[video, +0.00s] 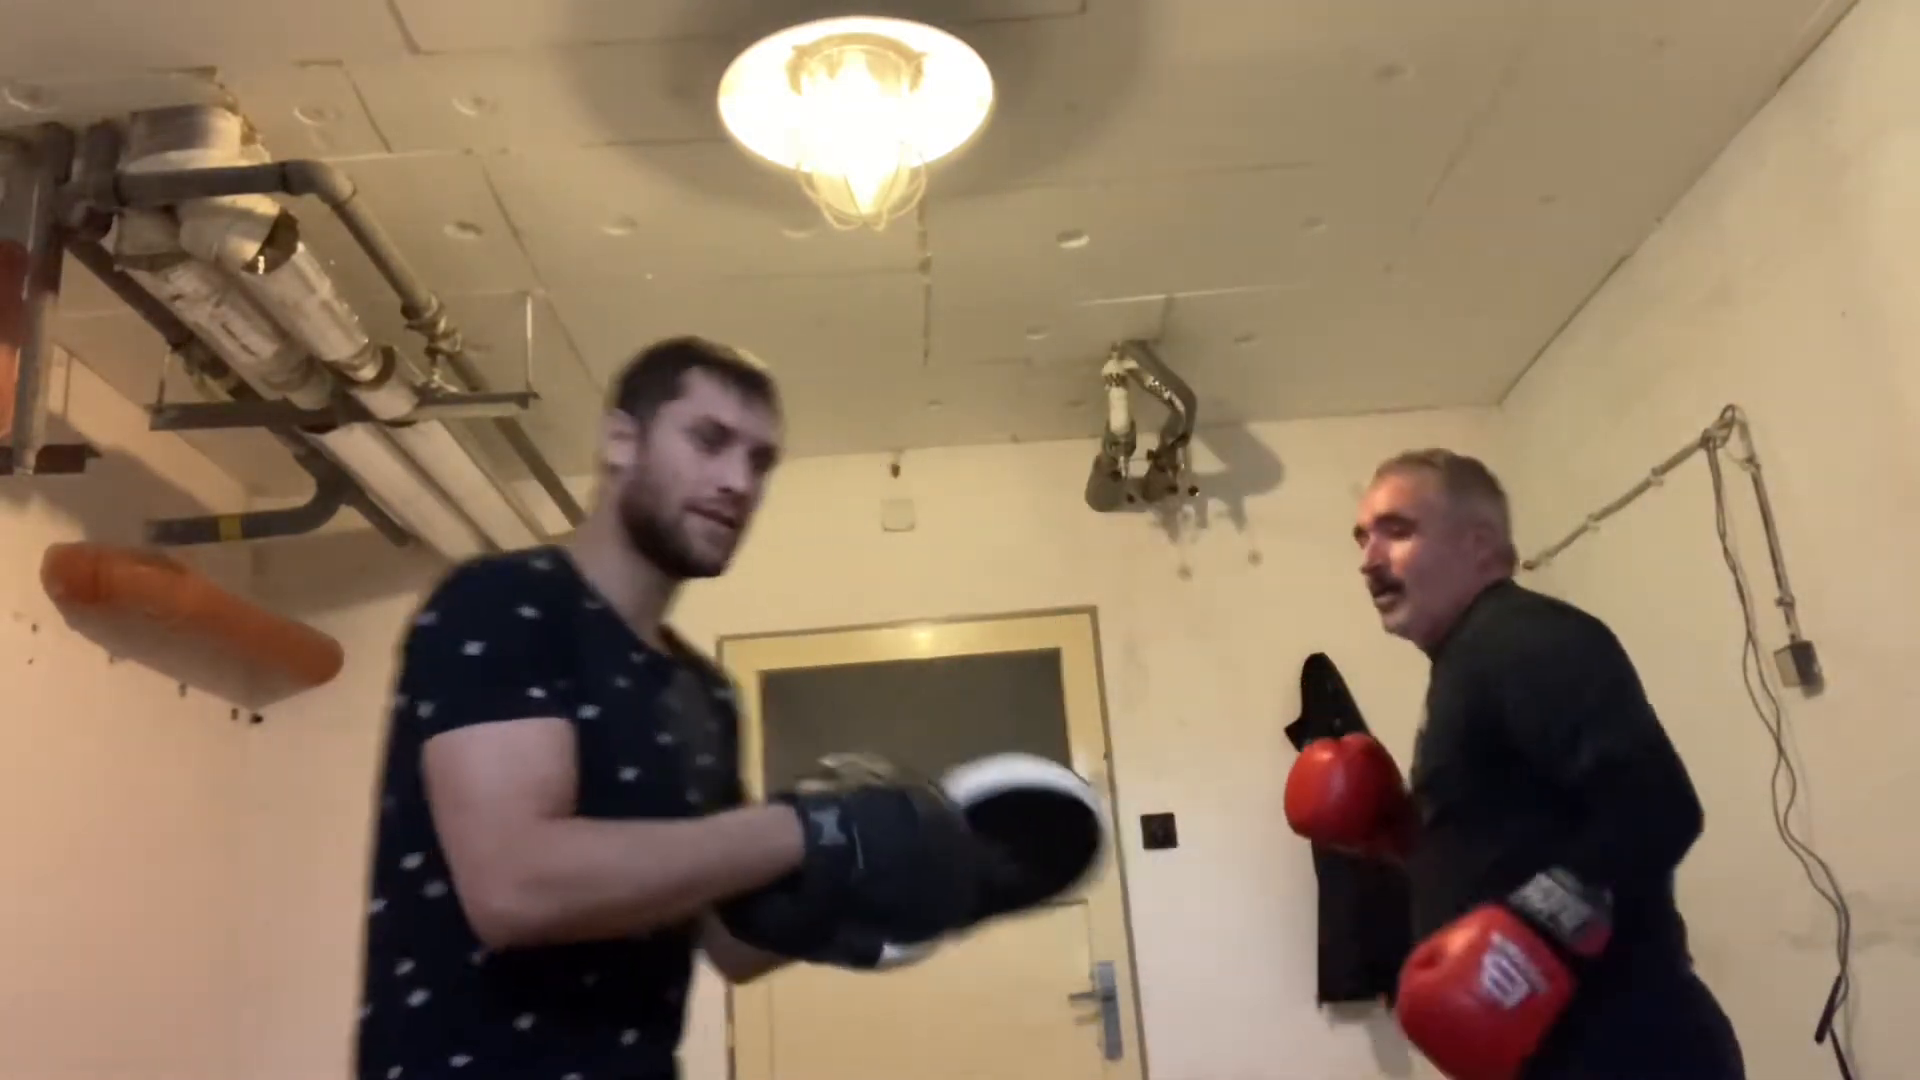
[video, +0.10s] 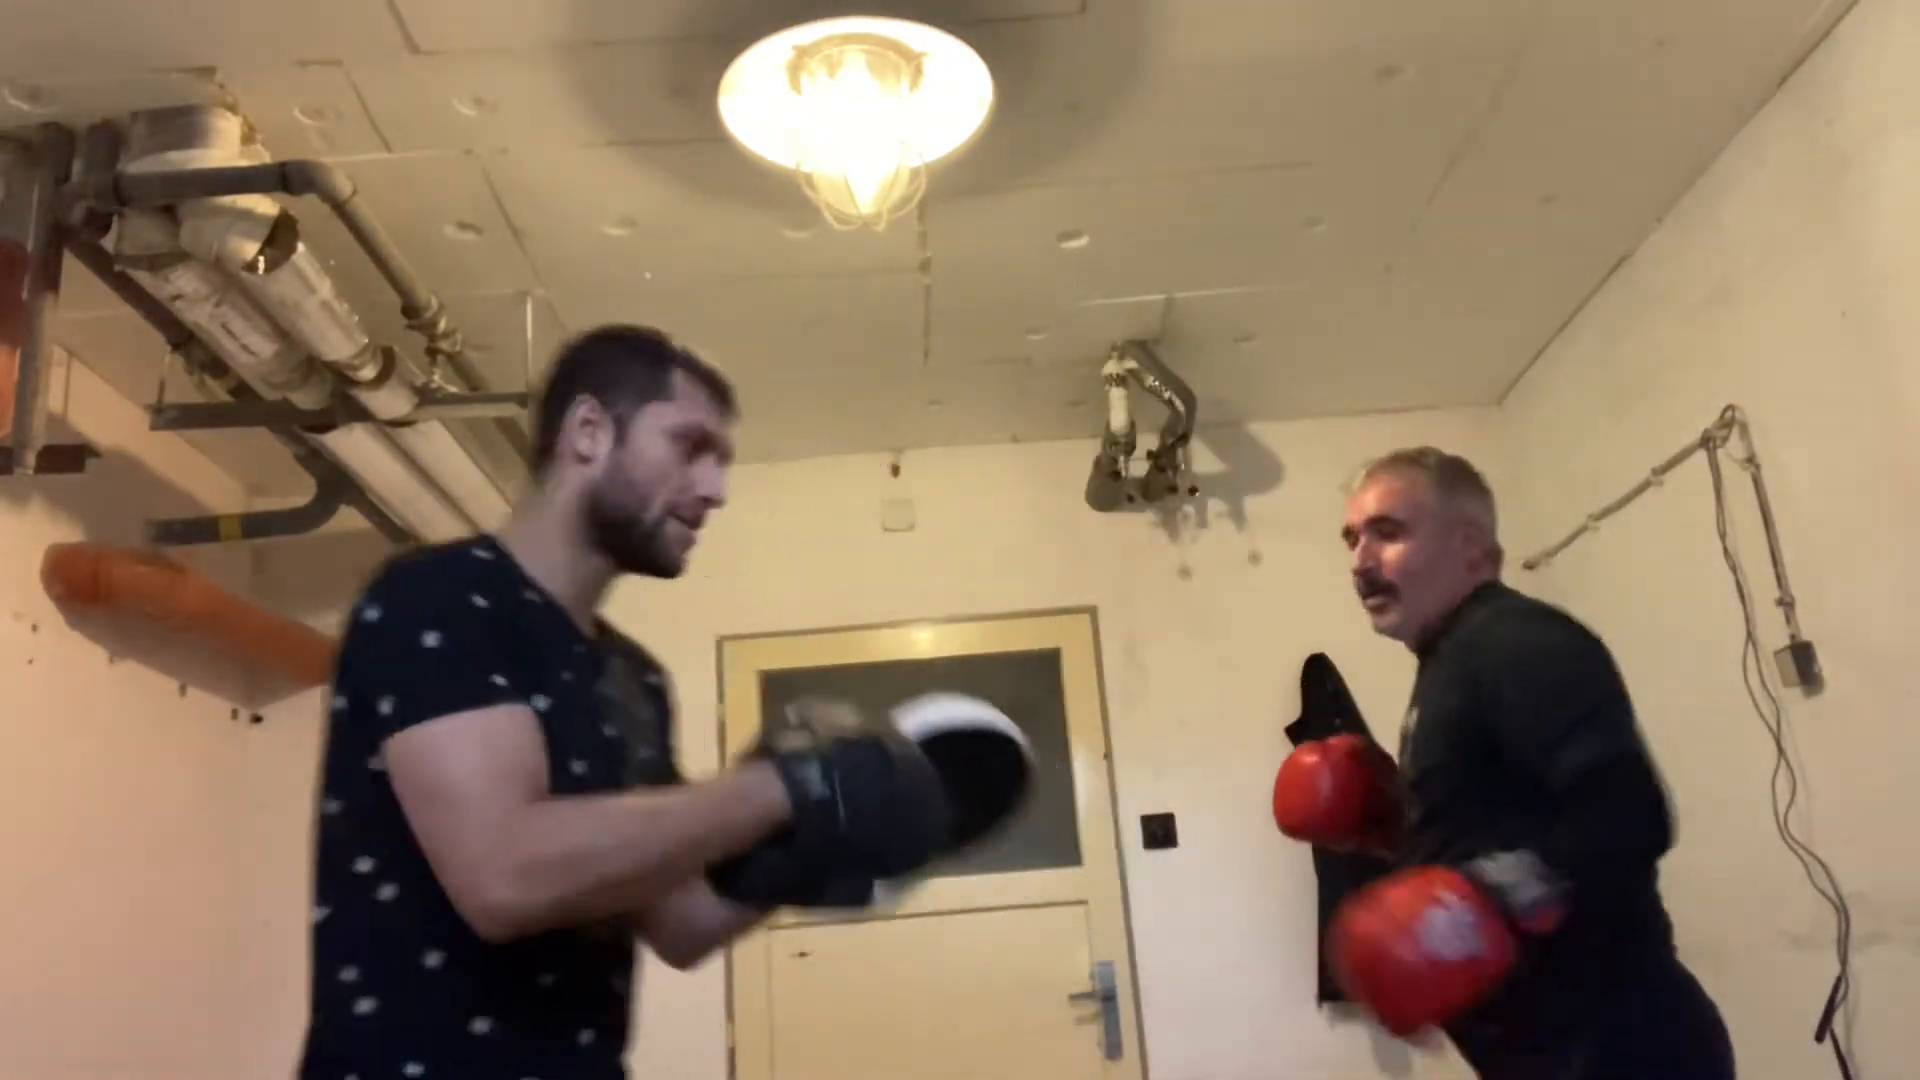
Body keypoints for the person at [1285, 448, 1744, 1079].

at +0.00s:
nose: (1368, 558)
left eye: (1396, 530)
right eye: (1363, 538)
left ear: (1480, 543)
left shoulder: (1535, 640)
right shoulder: (1465, 663)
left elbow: (1657, 806)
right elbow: (1506, 857)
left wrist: (1533, 933)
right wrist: (1396, 826)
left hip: (1619, 1047)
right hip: (1553, 1048)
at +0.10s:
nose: (1360, 559)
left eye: (1387, 532)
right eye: (1353, 540)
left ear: (1470, 544)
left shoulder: (1528, 644)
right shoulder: (1449, 664)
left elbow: (1629, 819)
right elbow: (1489, 837)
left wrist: (1486, 901)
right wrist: (1388, 811)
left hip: (1616, 1041)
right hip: (1545, 1043)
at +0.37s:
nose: (1267, 606)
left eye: (1291, 576)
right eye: (1261, 580)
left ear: (1386, 579)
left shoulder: (1435, 688)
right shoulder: (1361, 696)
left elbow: (1422, 896)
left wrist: (1240, 882)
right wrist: (1323, 833)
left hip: (1566, 1051)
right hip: (1492, 1049)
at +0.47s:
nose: (1237, 624)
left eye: (1261, 596)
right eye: (1232, 598)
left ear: (1348, 593)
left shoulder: (1400, 696)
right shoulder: (1369, 680)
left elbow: (1363, 926)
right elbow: (1438, 843)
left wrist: (1193, 865)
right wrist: (1302, 811)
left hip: (1551, 1059)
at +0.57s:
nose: (1226, 621)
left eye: (1245, 588)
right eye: (1220, 592)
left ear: (1332, 581)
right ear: (1331, 584)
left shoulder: (1392, 684)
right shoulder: (1364, 670)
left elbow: (1349, 907)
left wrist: (1216, 827)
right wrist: (1273, 795)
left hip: (1530, 1057)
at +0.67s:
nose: (1236, 625)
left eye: (1251, 591)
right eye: (1227, 599)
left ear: (1332, 581)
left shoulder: (1431, 683)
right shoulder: (1331, 693)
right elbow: (1333, 846)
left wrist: (1273, 773)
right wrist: (1253, 760)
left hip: (1522, 1048)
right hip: (1437, 1049)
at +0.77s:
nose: (1244, 640)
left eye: (1260, 605)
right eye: (1233, 615)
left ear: (1340, 592)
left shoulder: (1462, 688)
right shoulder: (1320, 712)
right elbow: (1265, 868)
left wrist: (1321, 777)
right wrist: (1222, 787)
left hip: (1535, 1051)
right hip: (1422, 1056)